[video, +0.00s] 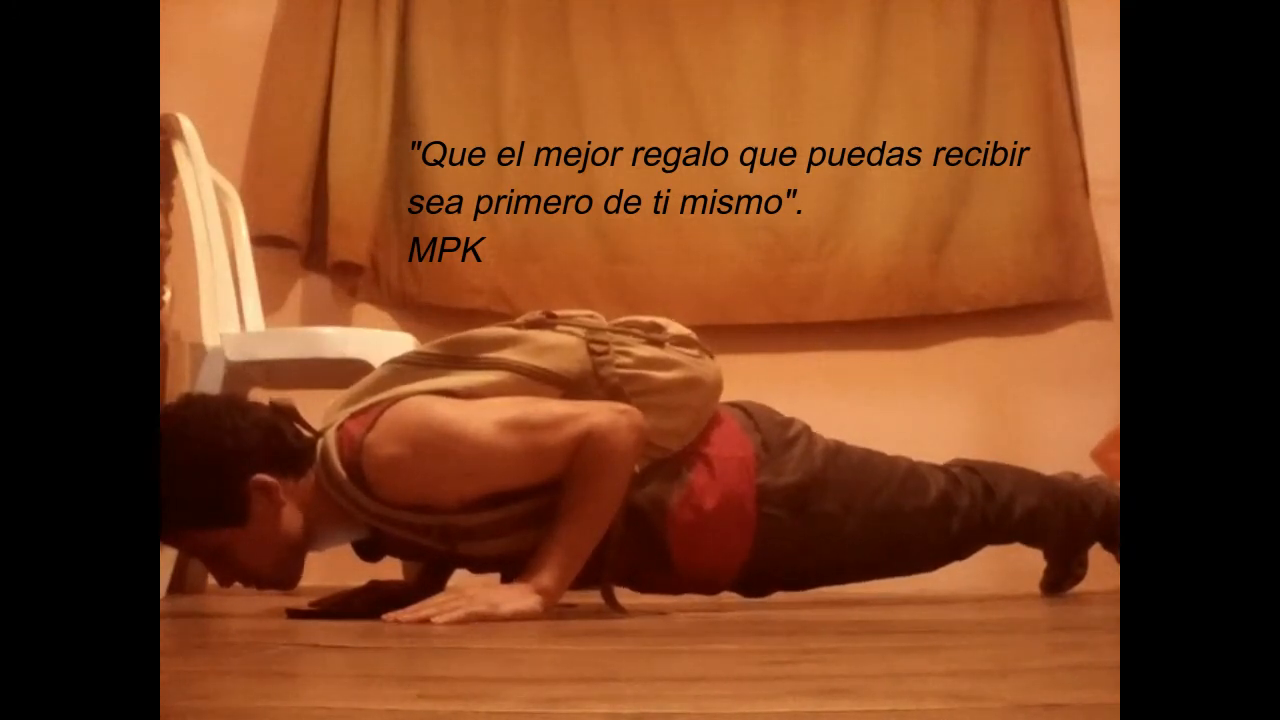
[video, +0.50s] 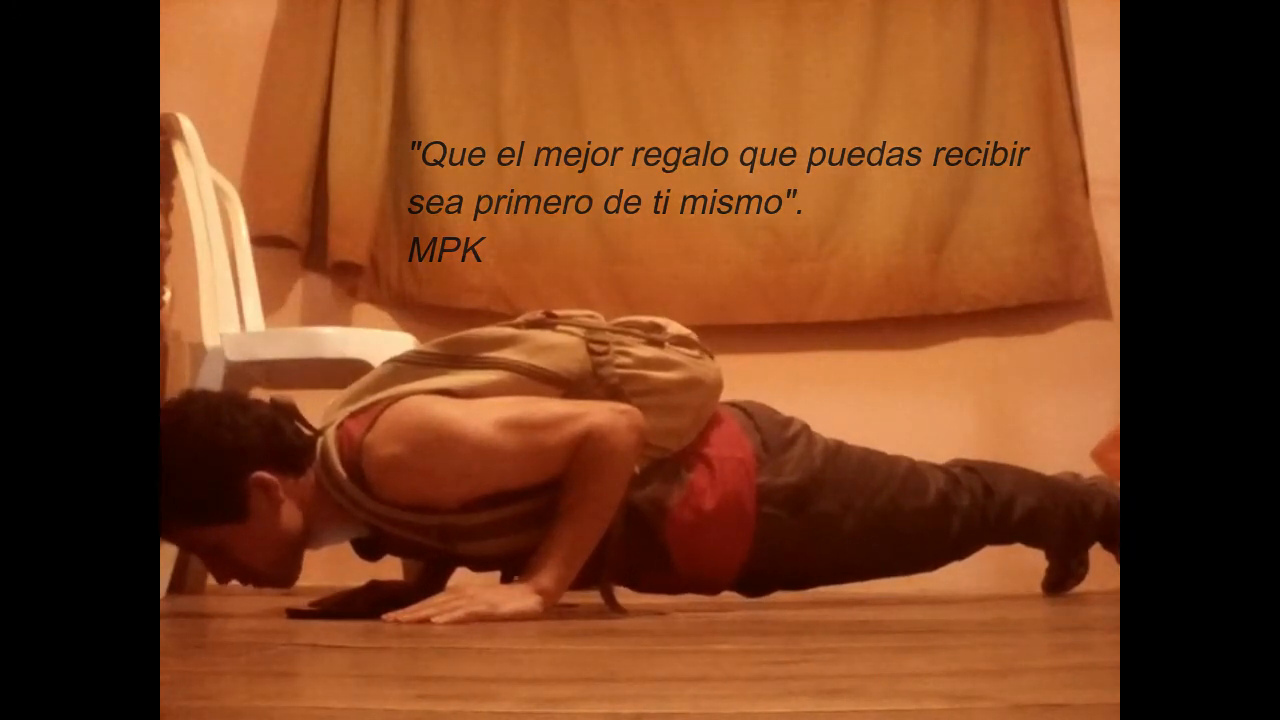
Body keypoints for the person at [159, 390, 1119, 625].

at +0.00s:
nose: (218, 577)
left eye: (211, 552)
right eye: (199, 562)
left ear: (261, 494)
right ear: (257, 481)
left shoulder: (396, 452)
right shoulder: (353, 463)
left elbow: (608, 438)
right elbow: (472, 535)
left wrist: (539, 588)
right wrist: (386, 587)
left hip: (737, 490)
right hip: (708, 506)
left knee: (941, 508)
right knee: (921, 508)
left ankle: (1093, 505)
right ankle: (1072, 505)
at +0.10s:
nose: (218, 577)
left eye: (211, 551)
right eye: (199, 561)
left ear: (261, 493)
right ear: (257, 480)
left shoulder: (396, 452)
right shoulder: (354, 462)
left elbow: (609, 438)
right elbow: (475, 532)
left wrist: (539, 588)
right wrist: (387, 587)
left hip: (736, 491)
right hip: (709, 504)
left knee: (939, 509)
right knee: (920, 507)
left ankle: (1093, 505)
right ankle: (1073, 505)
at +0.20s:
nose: (215, 571)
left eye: (211, 546)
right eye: (198, 555)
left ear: (265, 489)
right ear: (261, 478)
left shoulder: (398, 450)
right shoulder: (353, 458)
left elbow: (610, 438)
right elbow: (478, 528)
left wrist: (538, 589)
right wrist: (392, 586)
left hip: (735, 490)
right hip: (707, 502)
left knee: (939, 508)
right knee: (919, 507)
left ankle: (1095, 506)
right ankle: (1077, 506)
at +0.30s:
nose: (216, 572)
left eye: (212, 546)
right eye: (198, 555)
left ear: (265, 489)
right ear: (261, 478)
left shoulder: (397, 451)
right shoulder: (352, 458)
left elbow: (610, 438)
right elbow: (478, 527)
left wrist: (538, 589)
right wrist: (391, 586)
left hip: (735, 491)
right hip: (708, 500)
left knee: (939, 508)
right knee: (920, 507)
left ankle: (1095, 506)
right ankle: (1077, 506)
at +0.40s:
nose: (213, 574)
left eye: (208, 549)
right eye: (196, 557)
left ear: (262, 493)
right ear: (260, 479)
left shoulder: (397, 452)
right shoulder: (352, 457)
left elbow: (610, 437)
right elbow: (483, 524)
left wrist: (539, 588)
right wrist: (392, 586)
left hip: (735, 491)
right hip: (707, 499)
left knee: (942, 508)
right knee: (922, 506)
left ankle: (1096, 506)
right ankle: (1079, 506)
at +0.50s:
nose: (213, 574)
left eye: (209, 549)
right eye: (196, 557)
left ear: (262, 493)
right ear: (260, 479)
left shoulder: (397, 452)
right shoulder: (352, 457)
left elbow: (610, 438)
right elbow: (483, 524)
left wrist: (539, 588)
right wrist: (392, 586)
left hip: (735, 491)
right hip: (707, 499)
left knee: (942, 507)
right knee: (921, 506)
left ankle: (1096, 506)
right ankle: (1079, 505)